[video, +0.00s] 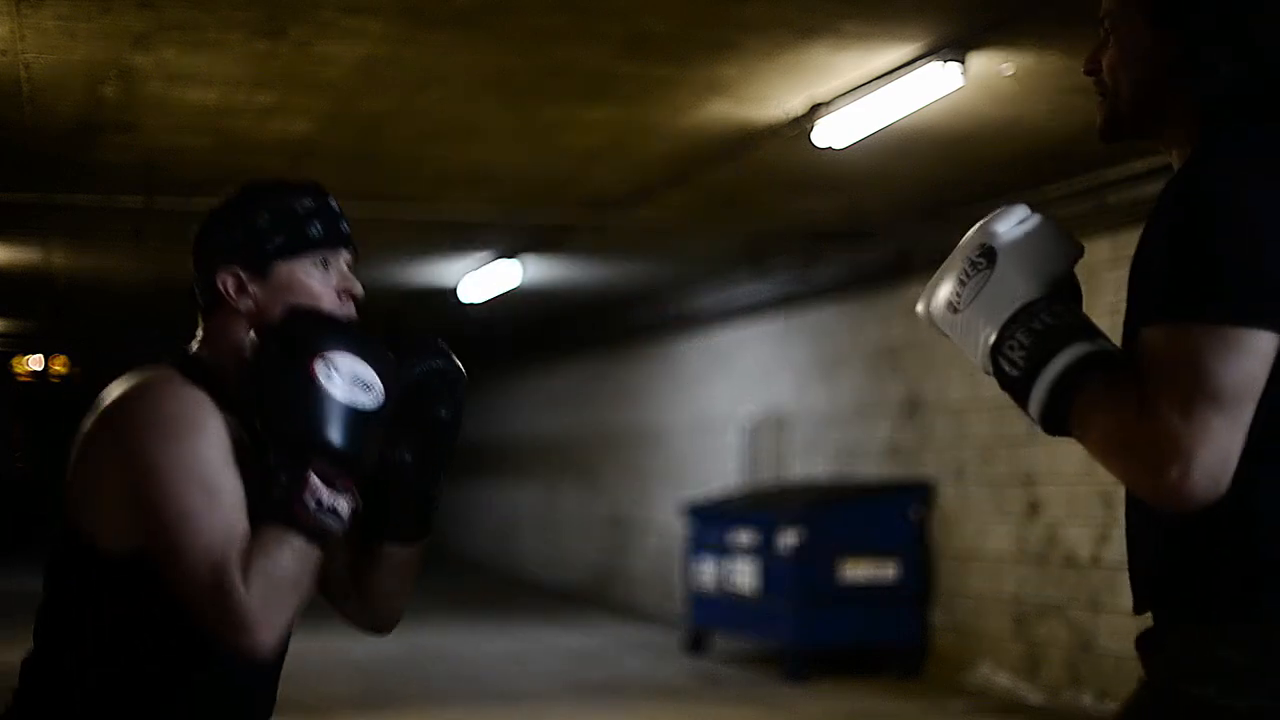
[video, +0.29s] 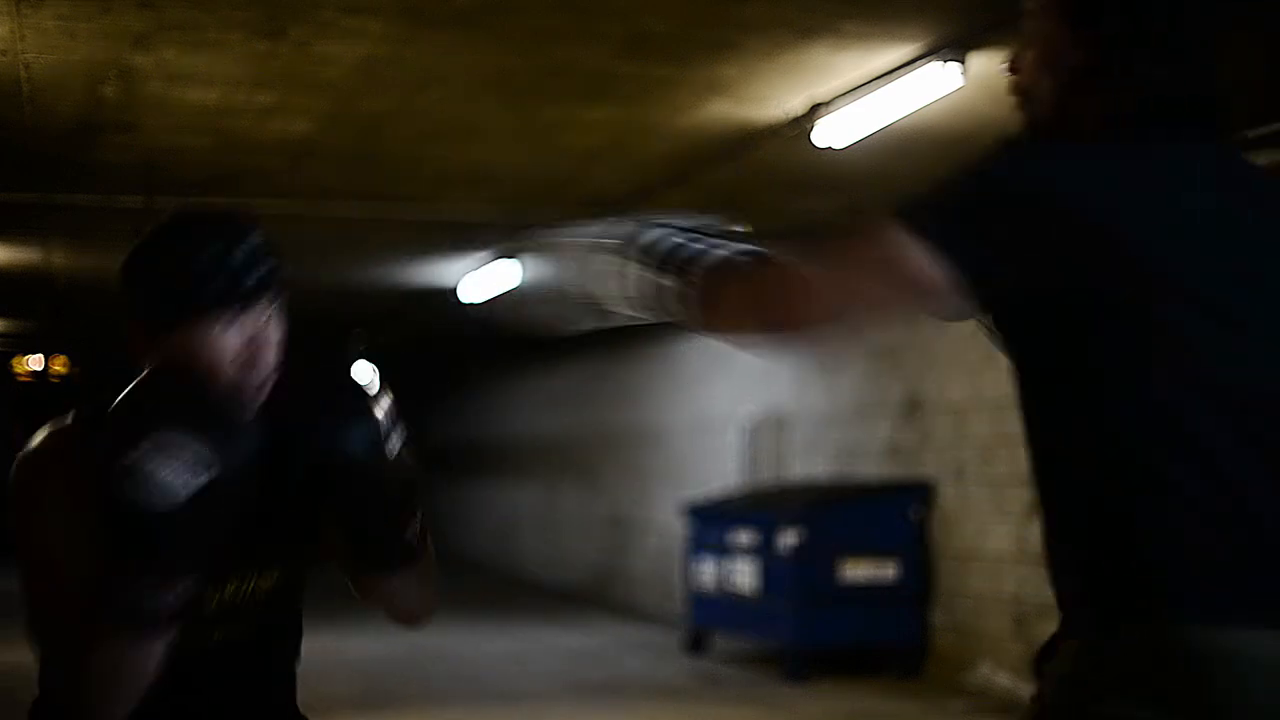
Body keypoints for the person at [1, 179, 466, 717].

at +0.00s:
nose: (354, 289)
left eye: (349, 267)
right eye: (324, 264)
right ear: (238, 288)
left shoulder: (261, 419)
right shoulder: (163, 411)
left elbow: (372, 608)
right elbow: (253, 622)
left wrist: (412, 463)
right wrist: (327, 456)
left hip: (199, 711)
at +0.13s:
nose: (365, 312)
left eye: (358, 287)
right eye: (337, 287)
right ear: (249, 302)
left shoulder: (263, 424)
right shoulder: (151, 428)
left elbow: (341, 615)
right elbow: (230, 648)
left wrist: (400, 487)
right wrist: (323, 494)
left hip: (212, 715)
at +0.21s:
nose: (334, 297)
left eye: (329, 269)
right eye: (300, 270)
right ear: (213, 291)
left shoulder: (282, 412)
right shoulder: (100, 425)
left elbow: (376, 588)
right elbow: (169, 650)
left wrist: (397, 448)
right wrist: (254, 488)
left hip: (251, 709)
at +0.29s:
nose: (261, 342)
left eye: (270, 313)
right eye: (229, 321)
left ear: (283, 314)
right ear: (166, 336)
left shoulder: (296, 433)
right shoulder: (77, 464)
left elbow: (412, 604)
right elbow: (93, 696)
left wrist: (376, 467)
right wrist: (151, 538)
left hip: (264, 704)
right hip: (132, 714)